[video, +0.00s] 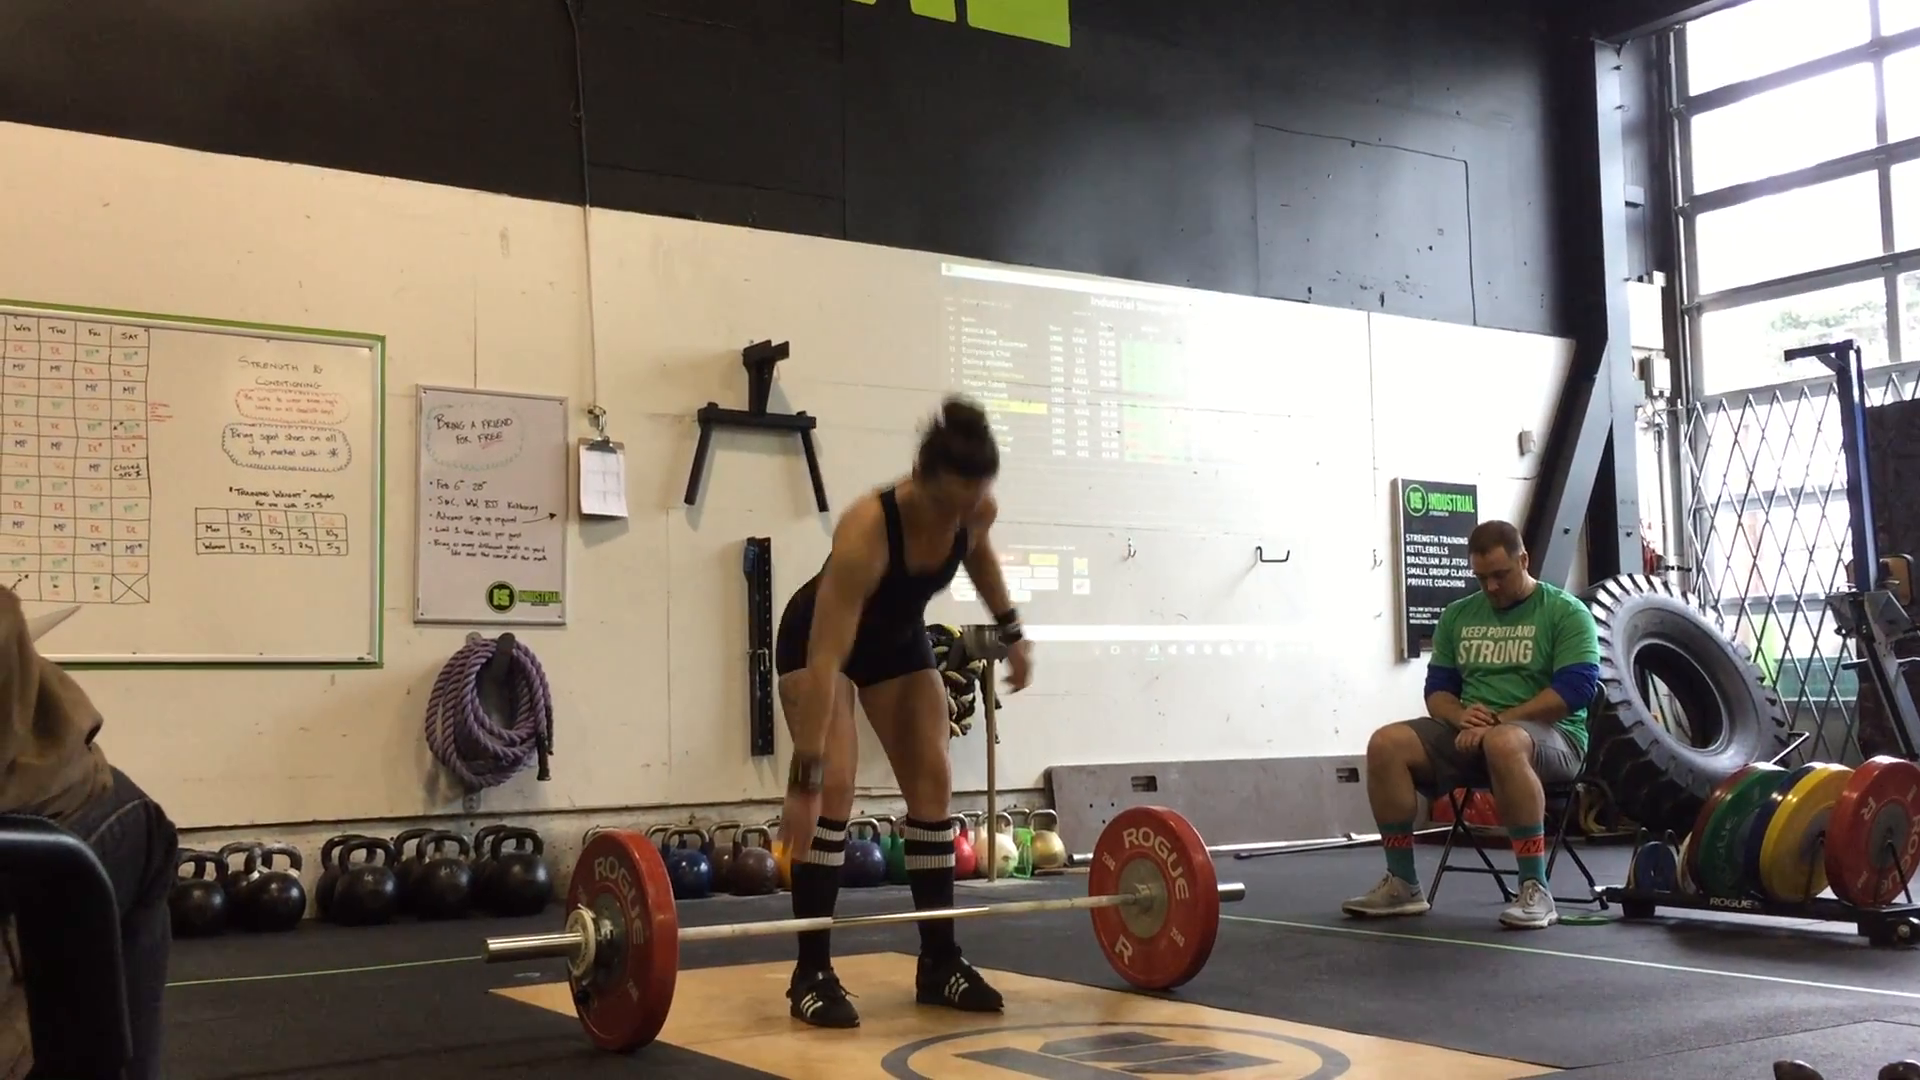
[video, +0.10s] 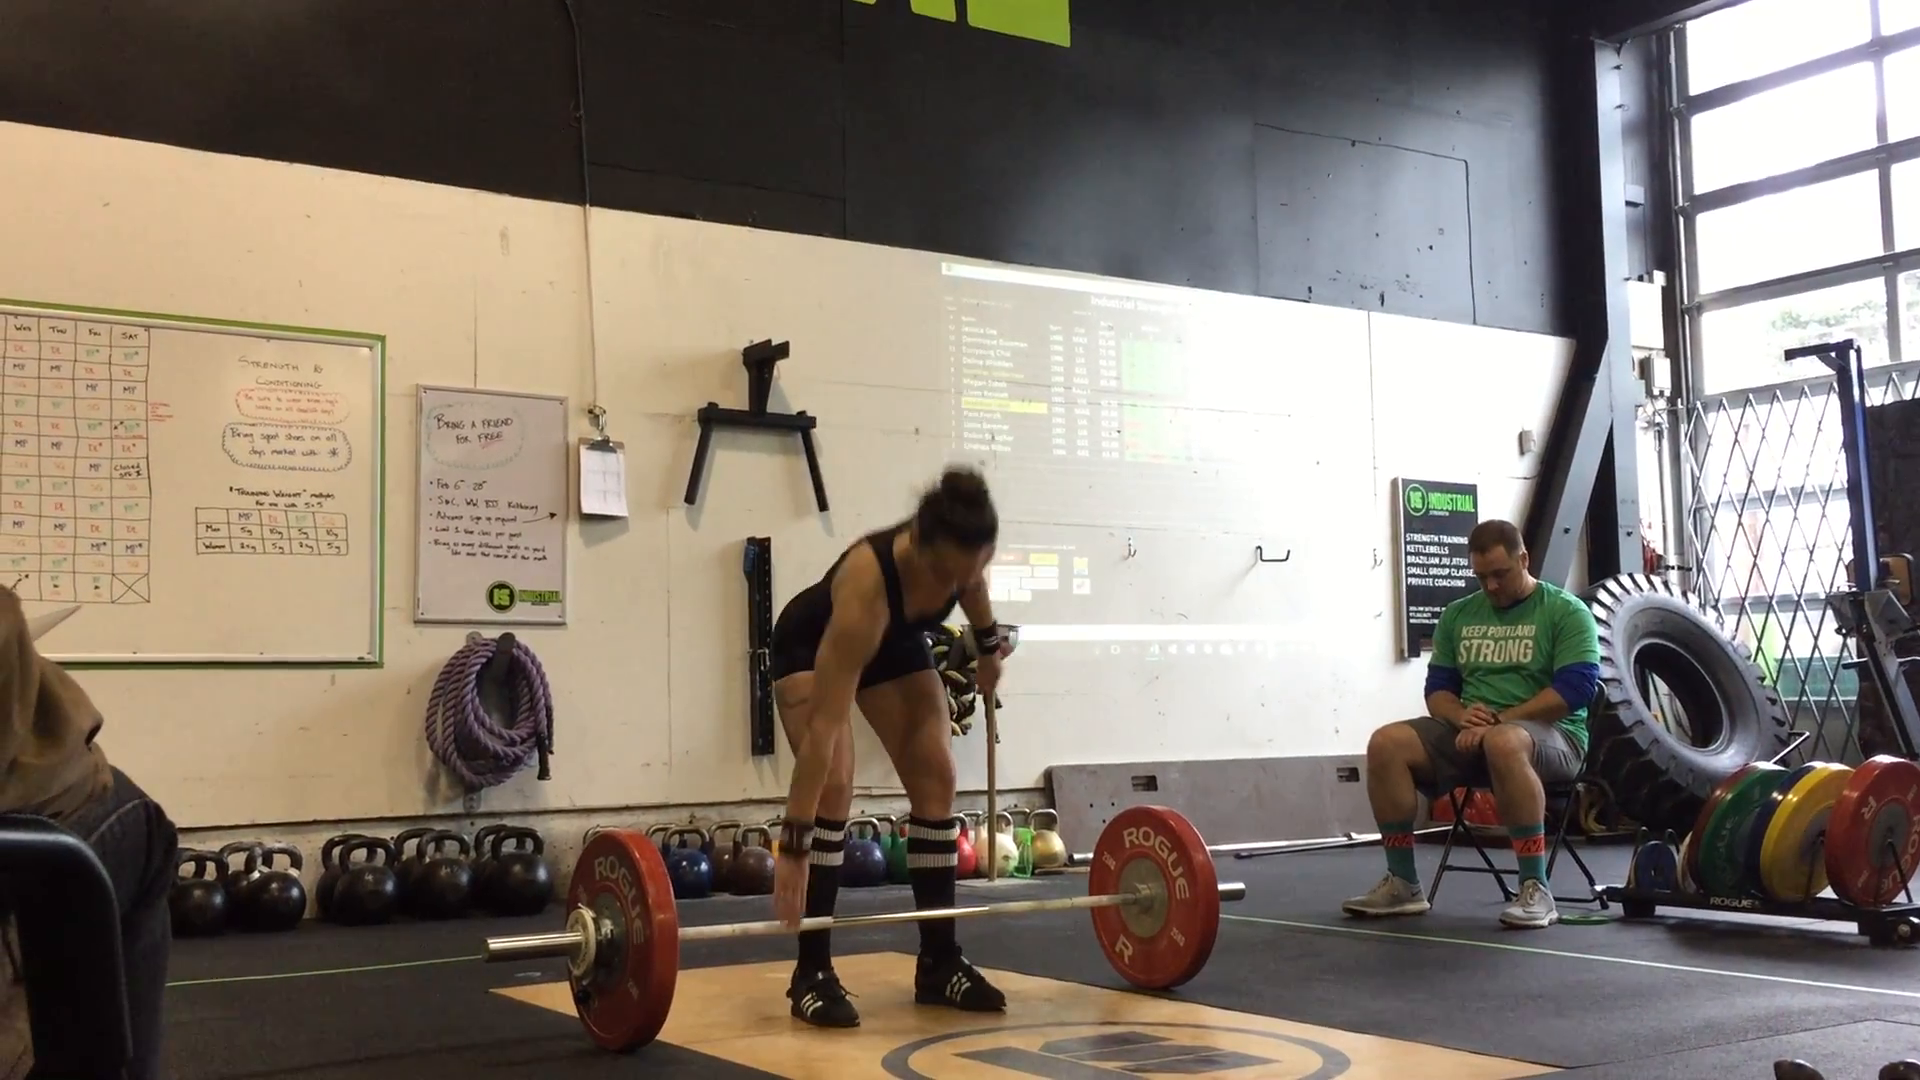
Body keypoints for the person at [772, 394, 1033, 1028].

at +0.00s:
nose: (978, 510)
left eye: (983, 498)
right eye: (964, 500)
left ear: (985, 482)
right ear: (924, 481)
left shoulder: (974, 510)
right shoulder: (867, 529)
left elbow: (975, 556)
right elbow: (824, 656)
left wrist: (1013, 632)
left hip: (895, 635)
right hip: (823, 639)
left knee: (932, 780)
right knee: (835, 788)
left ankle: (939, 965)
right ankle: (812, 974)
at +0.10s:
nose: (963, 580)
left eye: (972, 571)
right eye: (952, 570)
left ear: (985, 549)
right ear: (923, 544)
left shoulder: (965, 550)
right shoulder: (867, 586)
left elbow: (972, 589)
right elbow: (824, 724)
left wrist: (990, 645)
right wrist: (792, 844)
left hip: (891, 641)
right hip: (812, 643)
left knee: (936, 778)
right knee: (836, 783)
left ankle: (939, 963)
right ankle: (813, 973)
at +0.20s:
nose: (954, 632)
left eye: (965, 622)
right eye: (944, 622)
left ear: (976, 600)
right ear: (914, 593)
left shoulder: (955, 584)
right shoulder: (856, 633)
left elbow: (973, 613)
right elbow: (817, 766)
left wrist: (985, 663)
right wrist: (786, 881)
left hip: (894, 650)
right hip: (804, 653)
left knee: (940, 779)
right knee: (834, 786)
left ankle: (939, 963)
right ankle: (812, 973)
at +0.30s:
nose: (945, 664)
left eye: (960, 652)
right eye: (938, 651)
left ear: (982, 627)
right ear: (913, 618)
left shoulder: (975, 614)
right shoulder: (850, 646)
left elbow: (984, 643)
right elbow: (806, 777)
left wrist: (1001, 709)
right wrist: (782, 890)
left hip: (887, 656)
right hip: (802, 654)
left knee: (936, 779)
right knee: (830, 786)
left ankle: (940, 962)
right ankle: (812, 974)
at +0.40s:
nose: (953, 680)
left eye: (965, 669)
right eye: (945, 668)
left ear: (982, 646)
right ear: (914, 630)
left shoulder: (981, 645)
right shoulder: (852, 642)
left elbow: (999, 723)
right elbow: (802, 776)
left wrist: (1017, 802)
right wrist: (778, 890)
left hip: (888, 664)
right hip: (795, 654)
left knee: (934, 782)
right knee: (828, 784)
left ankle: (939, 963)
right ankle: (811, 974)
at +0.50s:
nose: (968, 688)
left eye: (976, 676)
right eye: (958, 678)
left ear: (987, 656)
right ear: (927, 646)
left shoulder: (983, 662)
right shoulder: (853, 646)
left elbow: (995, 758)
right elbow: (806, 771)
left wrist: (1006, 854)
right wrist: (780, 887)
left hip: (885, 667)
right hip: (792, 655)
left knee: (933, 785)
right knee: (829, 786)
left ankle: (937, 963)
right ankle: (809, 972)